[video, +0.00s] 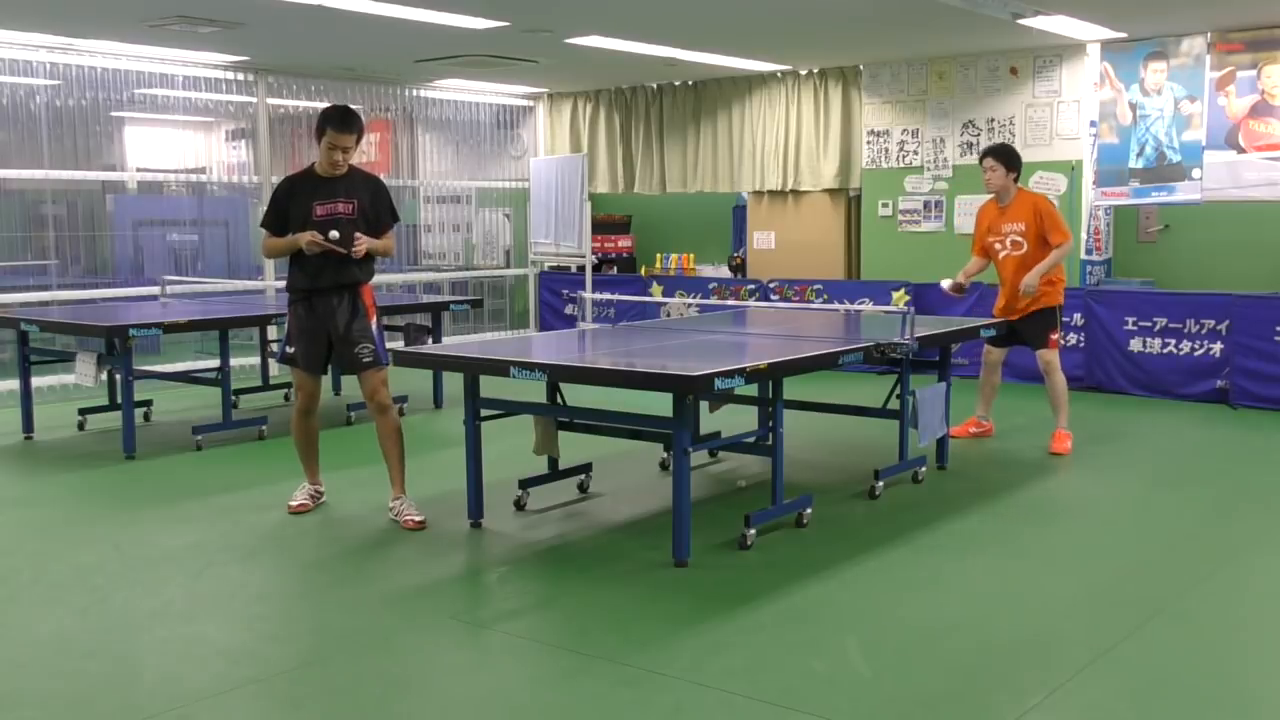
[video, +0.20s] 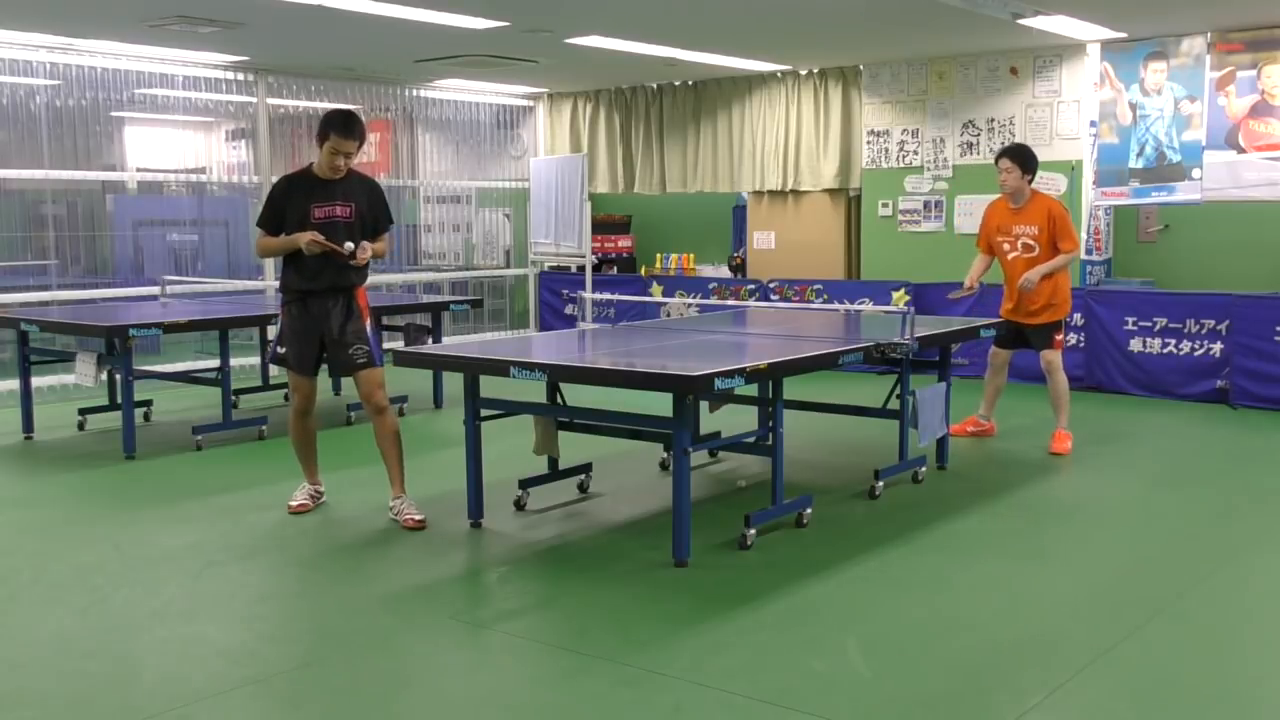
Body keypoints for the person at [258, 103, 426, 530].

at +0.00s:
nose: (340, 158)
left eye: (348, 150)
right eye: (333, 148)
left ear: (358, 146)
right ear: (317, 141)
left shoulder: (371, 187)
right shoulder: (290, 189)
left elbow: (390, 246)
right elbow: (269, 247)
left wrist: (371, 244)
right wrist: (298, 241)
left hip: (356, 303)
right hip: (307, 305)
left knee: (381, 399)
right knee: (305, 401)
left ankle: (399, 496)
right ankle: (312, 484)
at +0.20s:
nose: (342, 163)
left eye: (350, 155)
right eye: (336, 154)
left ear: (358, 151)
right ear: (319, 142)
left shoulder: (366, 188)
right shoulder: (288, 188)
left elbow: (383, 241)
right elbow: (261, 246)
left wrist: (371, 249)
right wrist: (297, 241)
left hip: (348, 304)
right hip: (300, 307)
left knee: (378, 400)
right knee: (301, 403)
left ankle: (399, 496)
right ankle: (311, 485)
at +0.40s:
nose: (359, 171)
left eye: (366, 163)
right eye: (353, 161)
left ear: (372, 159)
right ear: (335, 149)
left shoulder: (372, 192)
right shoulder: (295, 186)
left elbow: (381, 240)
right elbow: (262, 242)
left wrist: (377, 253)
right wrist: (307, 239)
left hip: (349, 305)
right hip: (300, 308)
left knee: (381, 395)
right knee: (300, 404)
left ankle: (397, 494)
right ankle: (312, 485)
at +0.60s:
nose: (390, 204)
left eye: (397, 197)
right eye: (385, 195)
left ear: (404, 191)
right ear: (364, 181)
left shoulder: (397, 218)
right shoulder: (321, 200)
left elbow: (392, 267)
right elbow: (284, 257)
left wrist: (401, 276)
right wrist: (338, 254)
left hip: (359, 316)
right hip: (310, 316)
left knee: (383, 397)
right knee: (301, 415)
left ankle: (393, 500)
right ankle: (313, 486)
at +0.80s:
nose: (423, 262)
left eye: (430, 256)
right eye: (419, 253)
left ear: (435, 248)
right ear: (397, 236)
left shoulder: (423, 262)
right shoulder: (352, 240)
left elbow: (414, 318)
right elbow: (326, 305)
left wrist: (433, 323)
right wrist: (387, 292)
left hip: (377, 338)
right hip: (328, 336)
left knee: (402, 413)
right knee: (298, 437)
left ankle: (394, 501)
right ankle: (314, 482)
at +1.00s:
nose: (442, 290)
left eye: (447, 285)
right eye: (439, 282)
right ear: (417, 262)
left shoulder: (434, 283)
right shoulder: (370, 262)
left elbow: (422, 334)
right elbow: (355, 329)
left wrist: (447, 341)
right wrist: (416, 312)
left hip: (388, 353)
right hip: (340, 352)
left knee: (412, 423)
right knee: (301, 446)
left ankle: (394, 502)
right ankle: (319, 480)